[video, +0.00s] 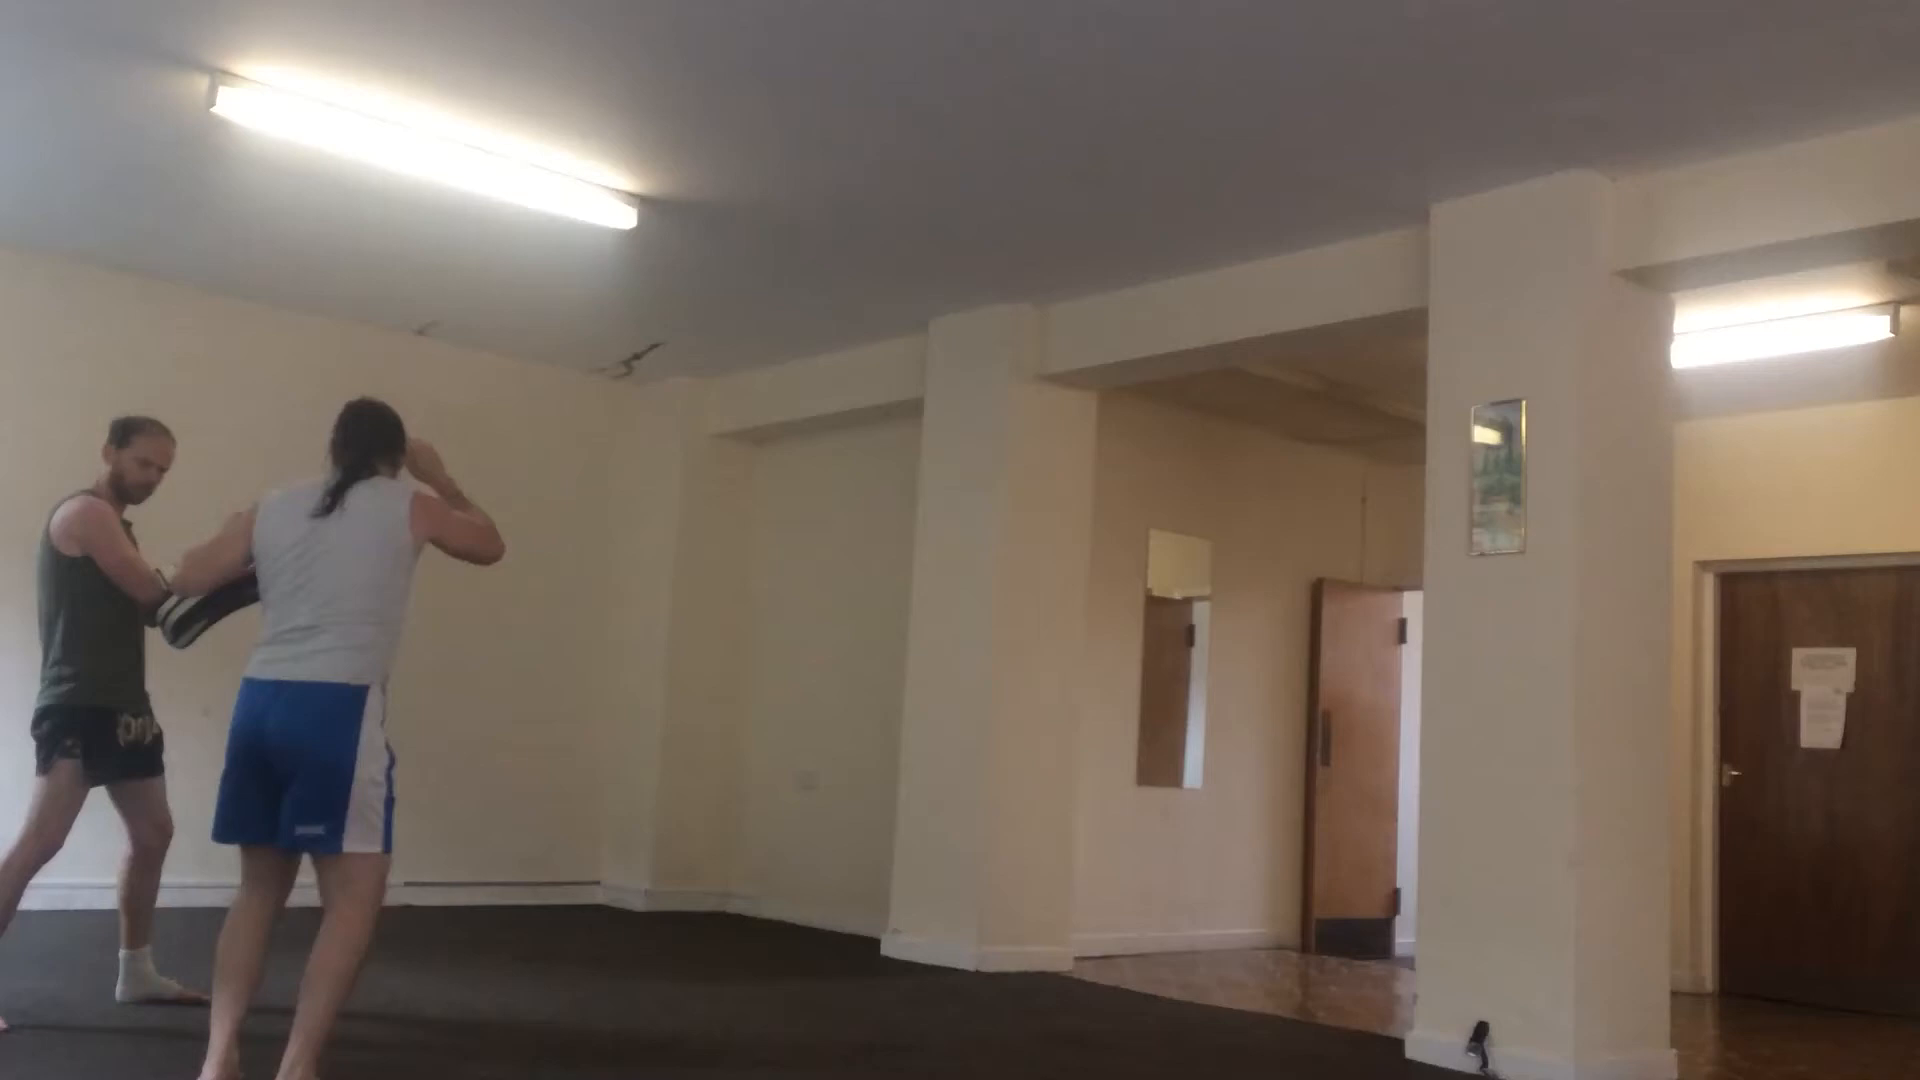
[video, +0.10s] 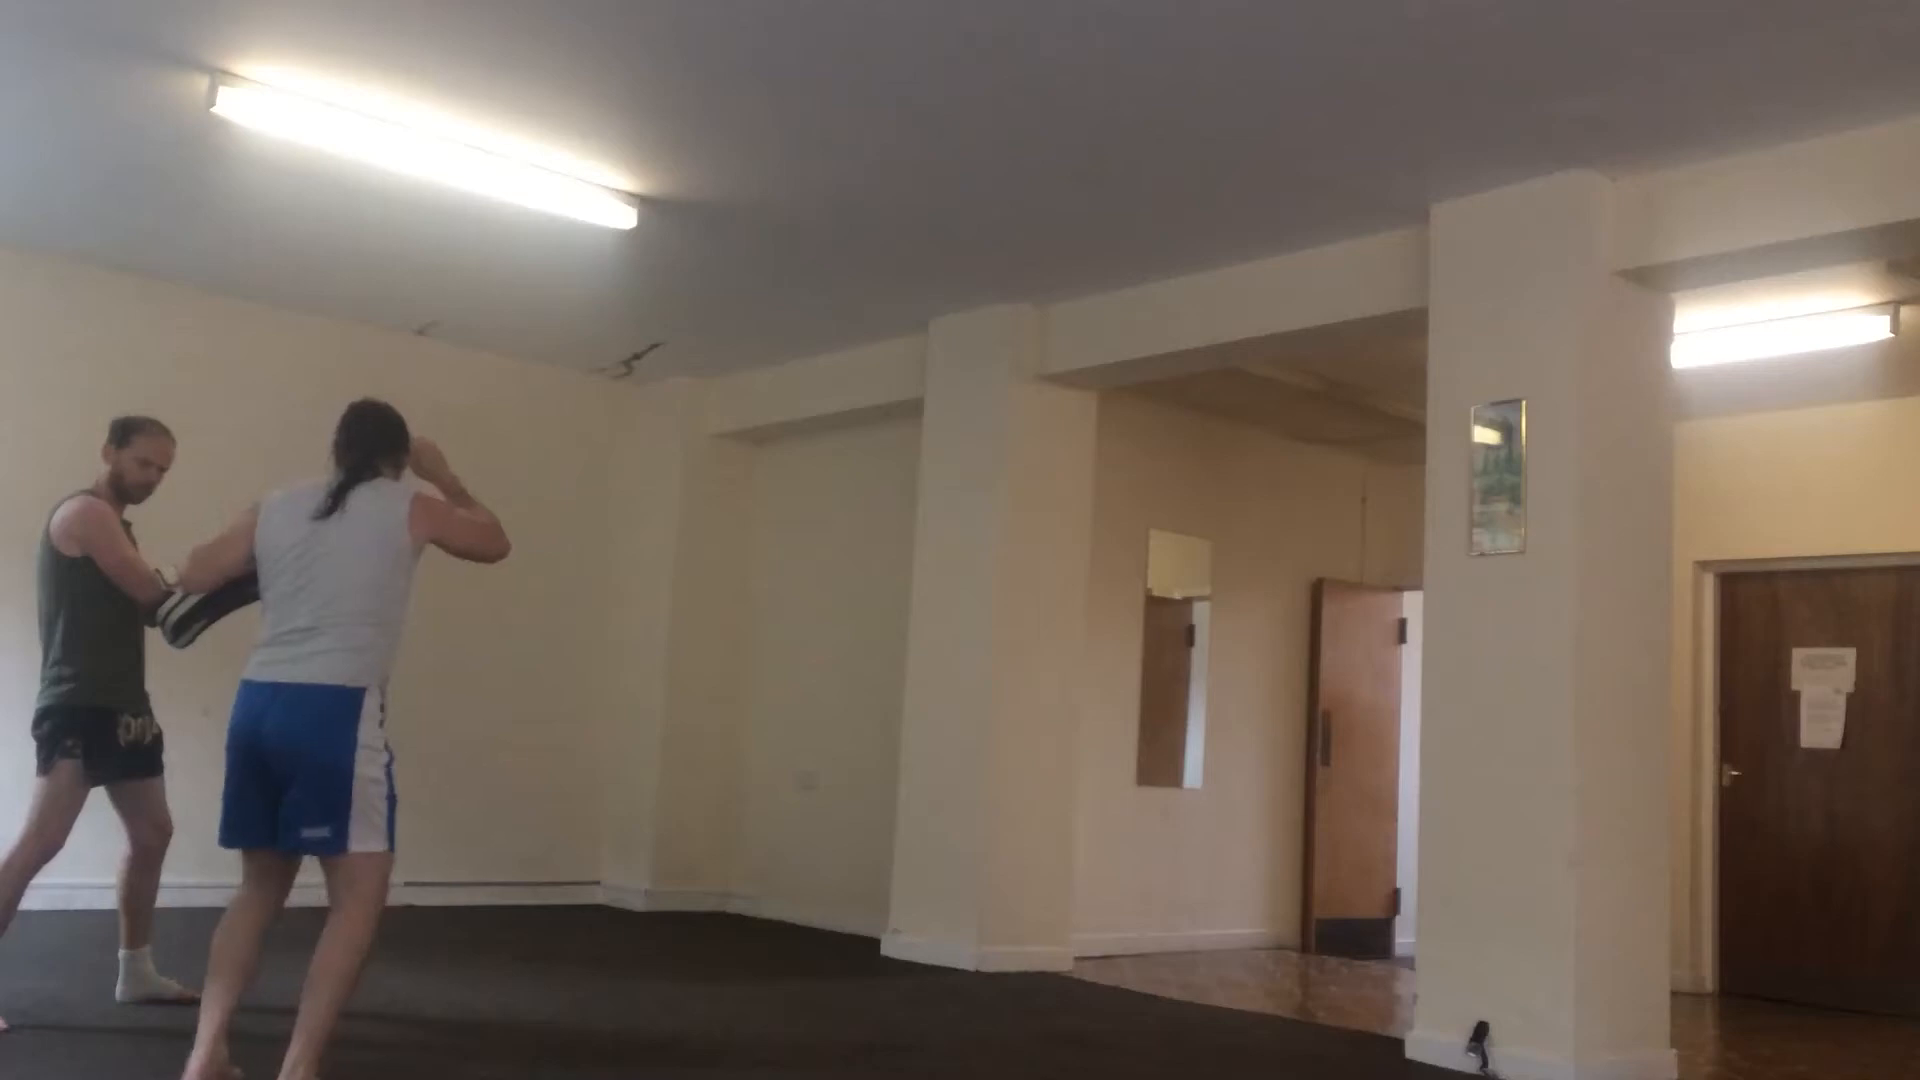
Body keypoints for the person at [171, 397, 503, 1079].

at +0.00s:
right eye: (400, 448)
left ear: (333, 451)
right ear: (396, 455)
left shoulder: (276, 509)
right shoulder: (409, 505)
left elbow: (188, 576)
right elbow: (490, 544)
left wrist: (236, 540)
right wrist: (442, 479)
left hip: (259, 712)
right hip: (343, 718)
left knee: (258, 887)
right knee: (353, 903)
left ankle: (217, 1059)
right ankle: (298, 1065)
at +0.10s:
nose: (406, 456)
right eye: (404, 449)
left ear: (336, 453)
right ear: (399, 457)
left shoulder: (278, 508)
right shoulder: (410, 507)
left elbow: (195, 574)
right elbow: (495, 542)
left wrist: (260, 555)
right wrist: (445, 477)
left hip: (257, 714)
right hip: (342, 719)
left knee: (260, 883)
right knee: (358, 900)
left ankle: (204, 1054)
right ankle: (300, 1065)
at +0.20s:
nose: (406, 462)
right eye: (406, 449)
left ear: (340, 445)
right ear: (402, 452)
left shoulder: (283, 505)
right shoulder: (407, 502)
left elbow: (207, 555)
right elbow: (497, 535)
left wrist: (229, 568)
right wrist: (450, 469)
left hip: (256, 709)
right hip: (337, 713)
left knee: (255, 878)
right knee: (353, 897)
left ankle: (168, 1041)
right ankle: (297, 1065)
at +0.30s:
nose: (403, 467)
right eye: (405, 457)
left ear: (339, 447)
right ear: (400, 456)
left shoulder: (283, 504)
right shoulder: (398, 502)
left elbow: (216, 552)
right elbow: (496, 523)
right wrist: (448, 461)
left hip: (249, 711)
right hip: (330, 716)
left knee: (233, 886)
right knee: (356, 899)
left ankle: (140, 1047)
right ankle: (296, 1065)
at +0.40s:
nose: (405, 470)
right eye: (407, 460)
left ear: (341, 452)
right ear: (403, 460)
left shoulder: (286, 508)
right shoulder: (397, 507)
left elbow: (217, 563)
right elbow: (496, 524)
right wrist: (446, 462)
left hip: (243, 715)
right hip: (323, 721)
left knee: (234, 887)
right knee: (356, 902)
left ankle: (139, 1051)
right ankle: (297, 1066)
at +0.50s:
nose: (410, 473)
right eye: (410, 462)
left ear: (345, 455)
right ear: (406, 465)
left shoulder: (290, 505)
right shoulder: (404, 514)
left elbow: (208, 568)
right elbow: (495, 534)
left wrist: (209, 601)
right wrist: (441, 470)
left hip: (238, 715)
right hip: (319, 722)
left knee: (245, 877)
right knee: (351, 901)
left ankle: (149, 1026)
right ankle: (296, 1067)